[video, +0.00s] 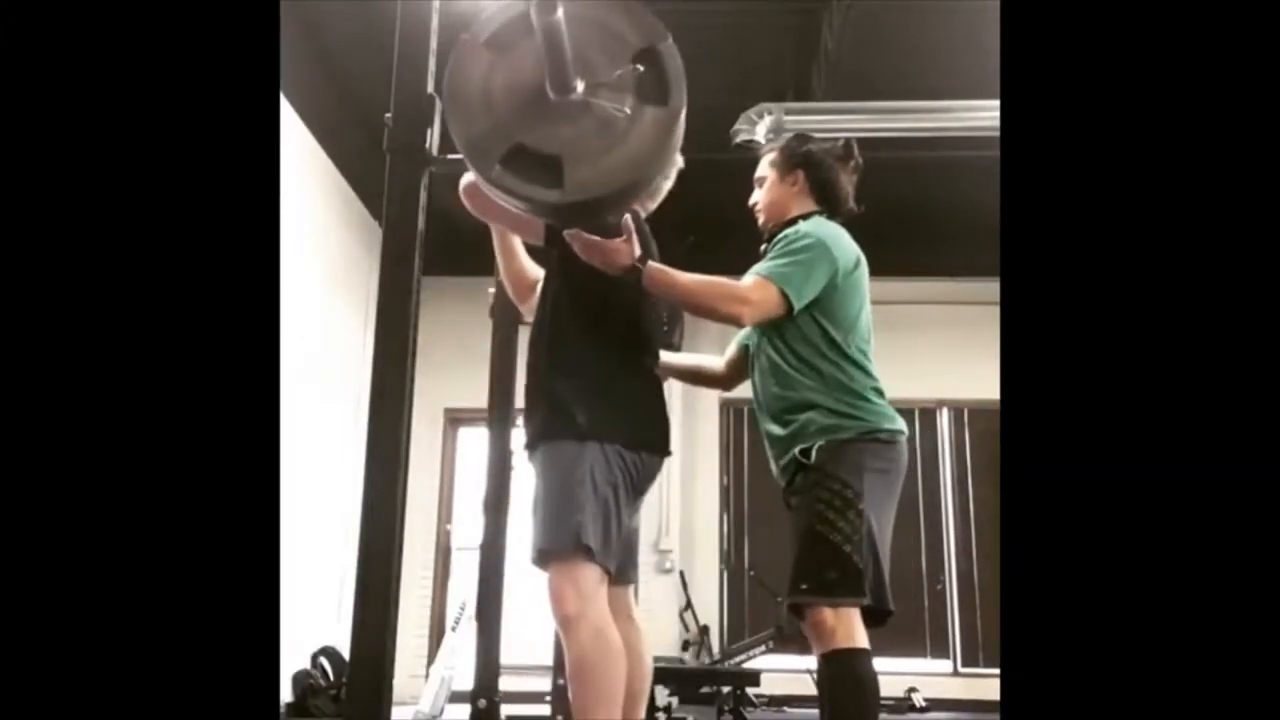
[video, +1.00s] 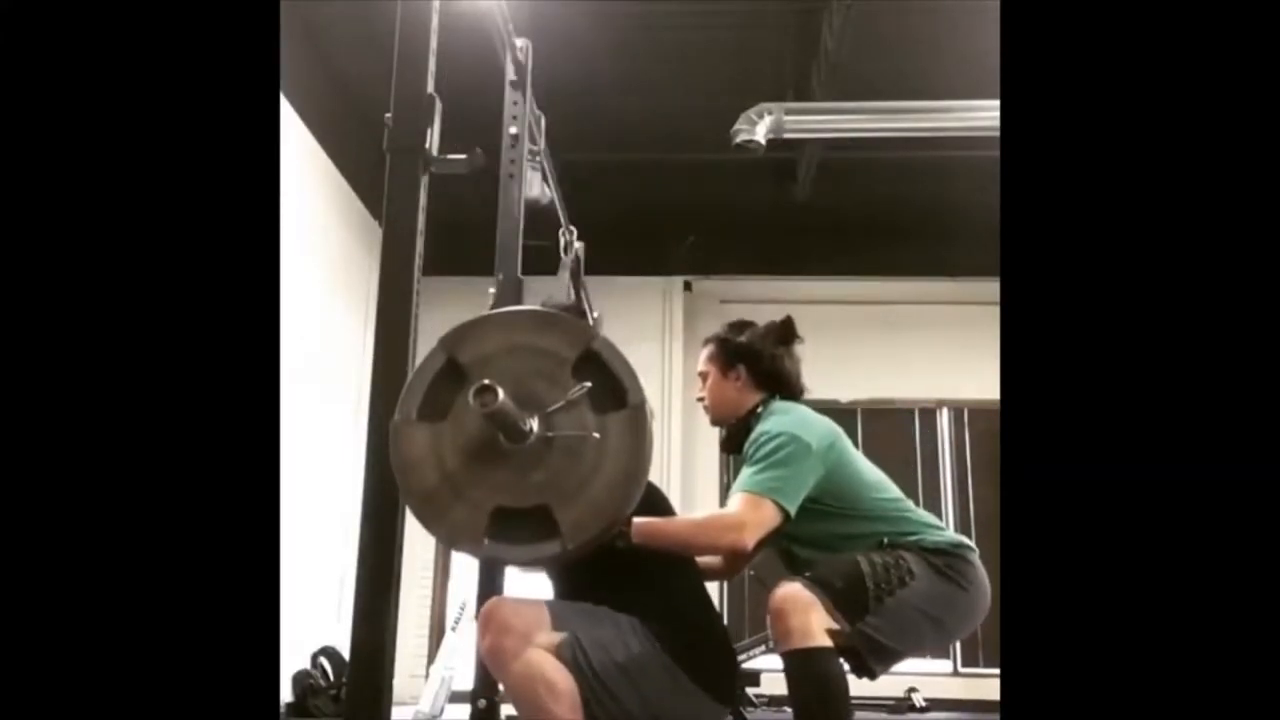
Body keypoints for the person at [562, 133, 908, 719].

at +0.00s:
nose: (751, 199)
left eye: (761, 184)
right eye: (753, 186)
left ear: (796, 181)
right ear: (795, 186)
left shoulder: (820, 238)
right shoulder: (784, 269)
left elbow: (749, 303)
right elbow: (726, 373)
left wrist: (637, 267)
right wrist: (641, 354)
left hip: (852, 442)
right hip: (816, 453)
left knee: (830, 611)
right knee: (822, 616)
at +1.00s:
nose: (698, 392)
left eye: (704, 378)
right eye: (699, 380)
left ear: (738, 376)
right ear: (739, 377)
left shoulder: (789, 429)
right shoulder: (764, 443)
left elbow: (737, 531)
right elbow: (726, 562)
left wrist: (620, 526)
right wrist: (643, 561)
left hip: (942, 571)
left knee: (793, 605)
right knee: (795, 613)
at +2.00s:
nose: (696, 294)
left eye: (702, 279)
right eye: (697, 281)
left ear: (736, 277)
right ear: (739, 277)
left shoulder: (777, 329)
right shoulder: (763, 344)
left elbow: (724, 416)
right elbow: (725, 456)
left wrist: (608, 405)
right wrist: (669, 499)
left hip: (908, 484)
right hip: (872, 491)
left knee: (805, 603)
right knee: (808, 609)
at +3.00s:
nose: (727, 196)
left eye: (736, 183)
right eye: (732, 184)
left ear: (762, 188)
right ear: (772, 193)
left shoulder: (786, 243)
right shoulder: (754, 291)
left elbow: (707, 263)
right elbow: (689, 348)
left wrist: (613, 215)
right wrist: (613, 307)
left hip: (841, 443)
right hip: (820, 454)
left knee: (817, 614)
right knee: (819, 618)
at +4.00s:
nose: (640, 204)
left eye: (650, 193)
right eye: (644, 194)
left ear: (683, 200)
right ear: (685, 207)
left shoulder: (685, 252)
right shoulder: (660, 299)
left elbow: (583, 247)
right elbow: (594, 348)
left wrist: (480, 203)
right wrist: (520, 311)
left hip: (739, 456)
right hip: (750, 457)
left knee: (759, 621)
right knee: (789, 621)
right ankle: (835, 716)